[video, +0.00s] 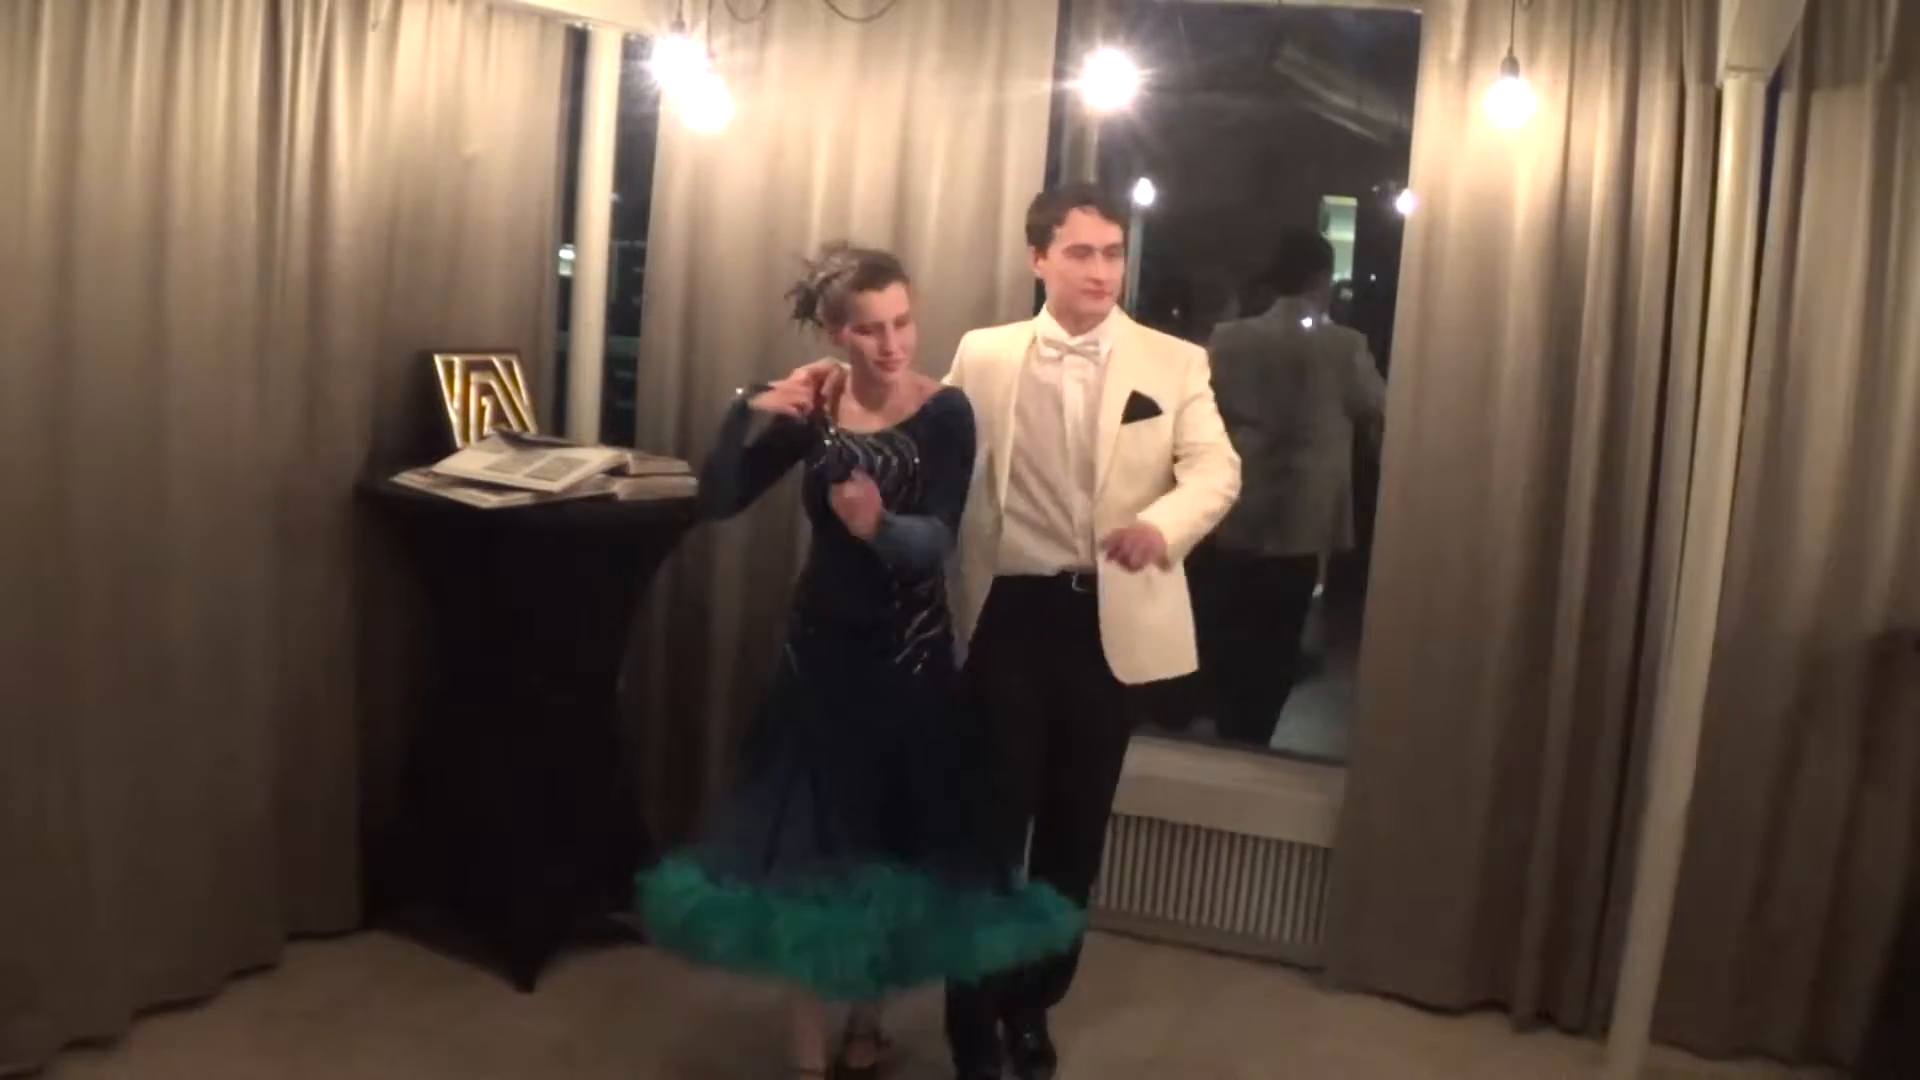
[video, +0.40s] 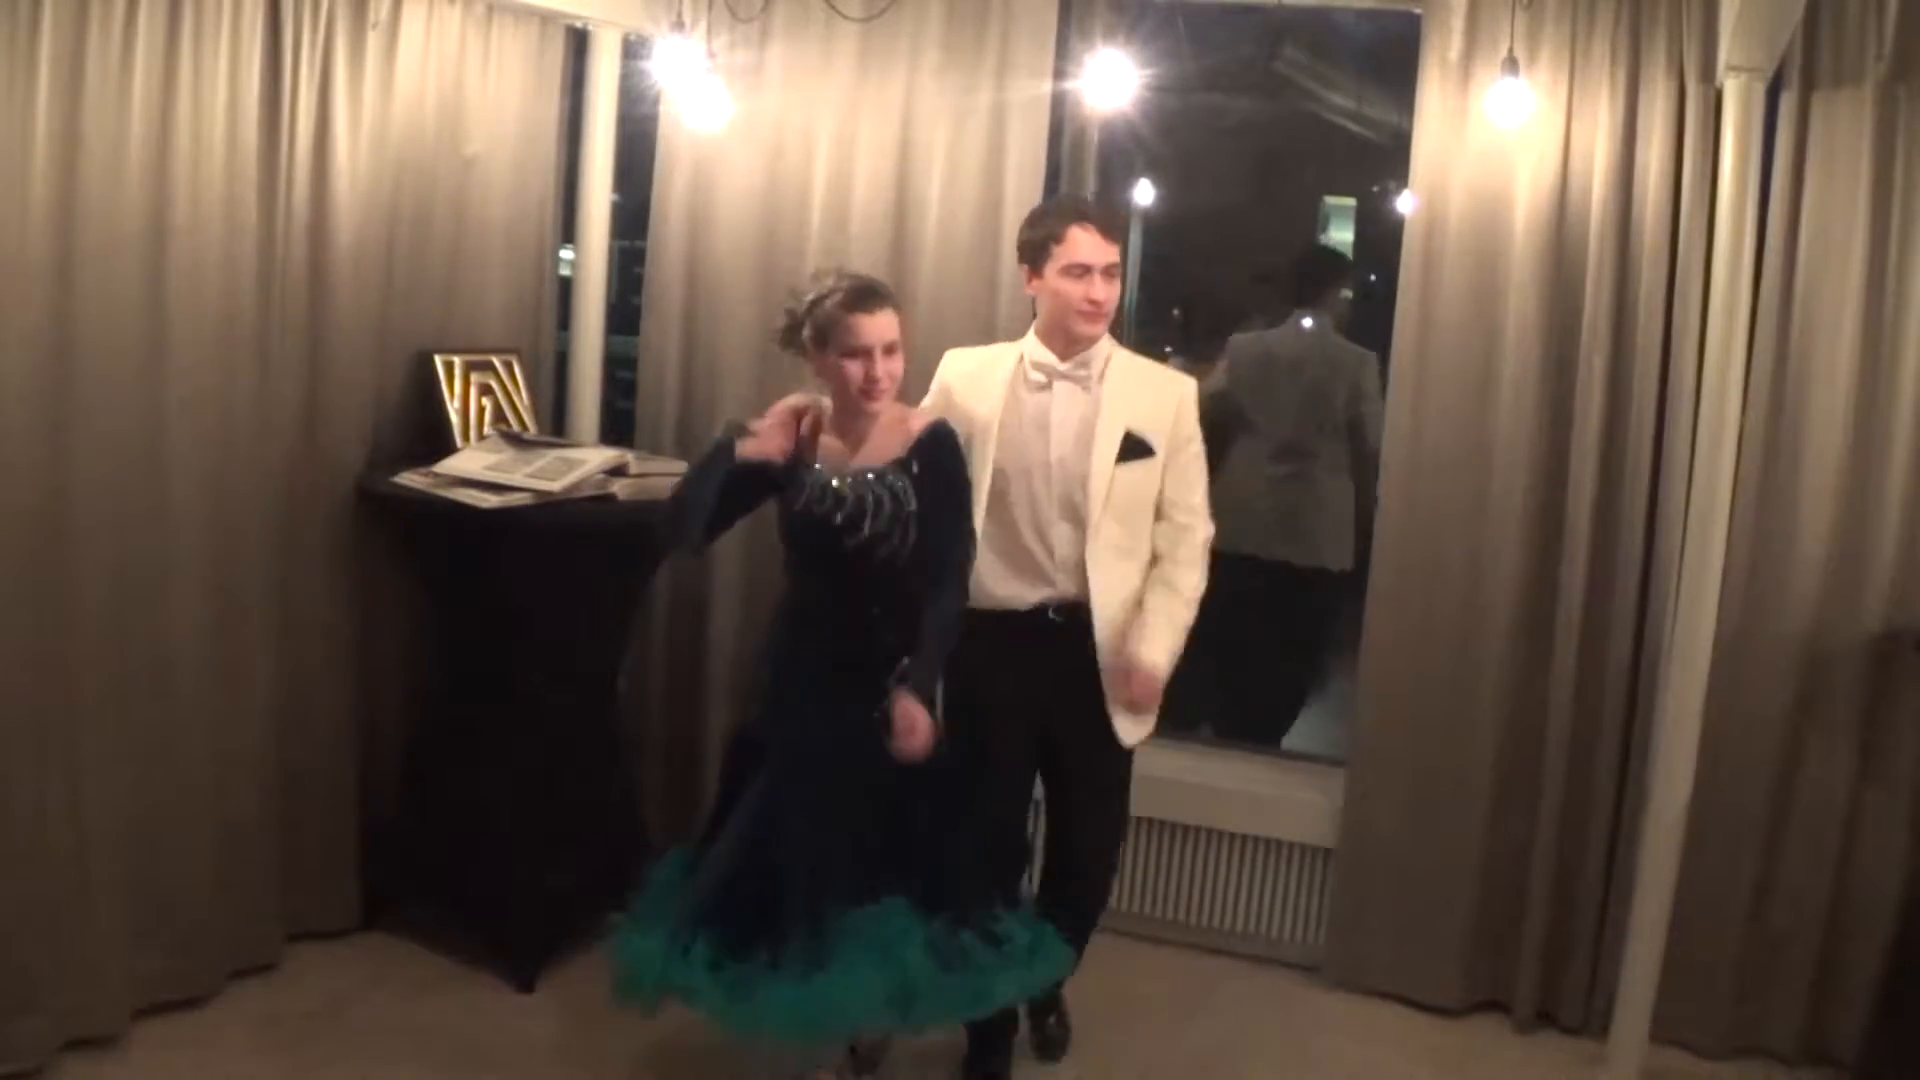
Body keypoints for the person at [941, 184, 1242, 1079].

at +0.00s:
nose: (1098, 269)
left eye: (1112, 253)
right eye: (1079, 252)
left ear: (1126, 263)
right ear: (1039, 261)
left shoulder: (1174, 363)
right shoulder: (981, 355)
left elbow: (1215, 470)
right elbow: (933, 473)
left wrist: (1160, 524)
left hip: (1112, 620)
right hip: (1003, 613)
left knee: (1074, 827)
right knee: (988, 820)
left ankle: (1031, 1008)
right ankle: (974, 1027)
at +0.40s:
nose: (1098, 290)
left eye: (1110, 274)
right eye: (1078, 272)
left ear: (1123, 284)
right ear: (1032, 278)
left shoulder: (1166, 396)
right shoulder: (963, 377)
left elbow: (1185, 540)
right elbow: (917, 513)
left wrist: (1152, 651)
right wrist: (914, 647)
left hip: (1095, 655)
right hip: (985, 644)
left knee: (1089, 852)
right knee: (984, 847)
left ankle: (1049, 982)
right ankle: (986, 1024)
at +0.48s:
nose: (1097, 312)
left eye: (1108, 296)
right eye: (1076, 294)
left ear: (1119, 307)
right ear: (1027, 302)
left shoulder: (1158, 421)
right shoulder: (952, 403)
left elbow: (1178, 576)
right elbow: (911, 544)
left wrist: (1162, 697)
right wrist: (915, 675)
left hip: (1094, 679)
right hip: (980, 673)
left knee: (1104, 887)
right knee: (978, 879)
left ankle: (1061, 954)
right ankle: (983, 1041)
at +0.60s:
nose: (1108, 275)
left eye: (1117, 260)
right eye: (1089, 256)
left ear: (1125, 272)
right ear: (1033, 262)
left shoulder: (1157, 379)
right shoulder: (954, 353)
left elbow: (1215, 516)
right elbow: (867, 425)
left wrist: (1200, 642)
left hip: (1101, 649)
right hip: (979, 639)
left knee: (1098, 867)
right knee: (985, 852)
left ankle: (1059, 1037)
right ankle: (986, 1034)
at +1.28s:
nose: (1134, 319)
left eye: (1139, 301)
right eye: (1118, 296)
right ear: (1054, 292)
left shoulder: (1134, 433)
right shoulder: (953, 394)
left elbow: (1175, 566)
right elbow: (887, 515)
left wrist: (1180, 655)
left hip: (1069, 706)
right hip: (959, 694)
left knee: (1087, 924)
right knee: (932, 907)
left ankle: (1009, 1035)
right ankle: (928, 1048)